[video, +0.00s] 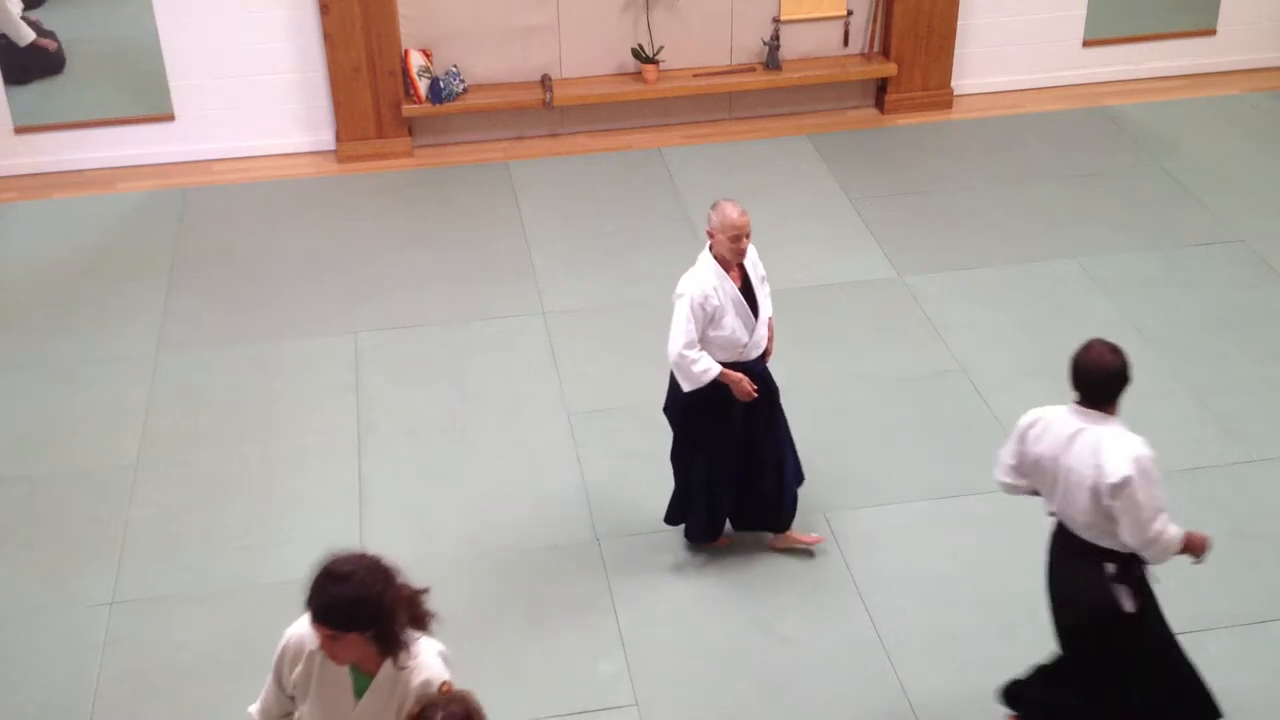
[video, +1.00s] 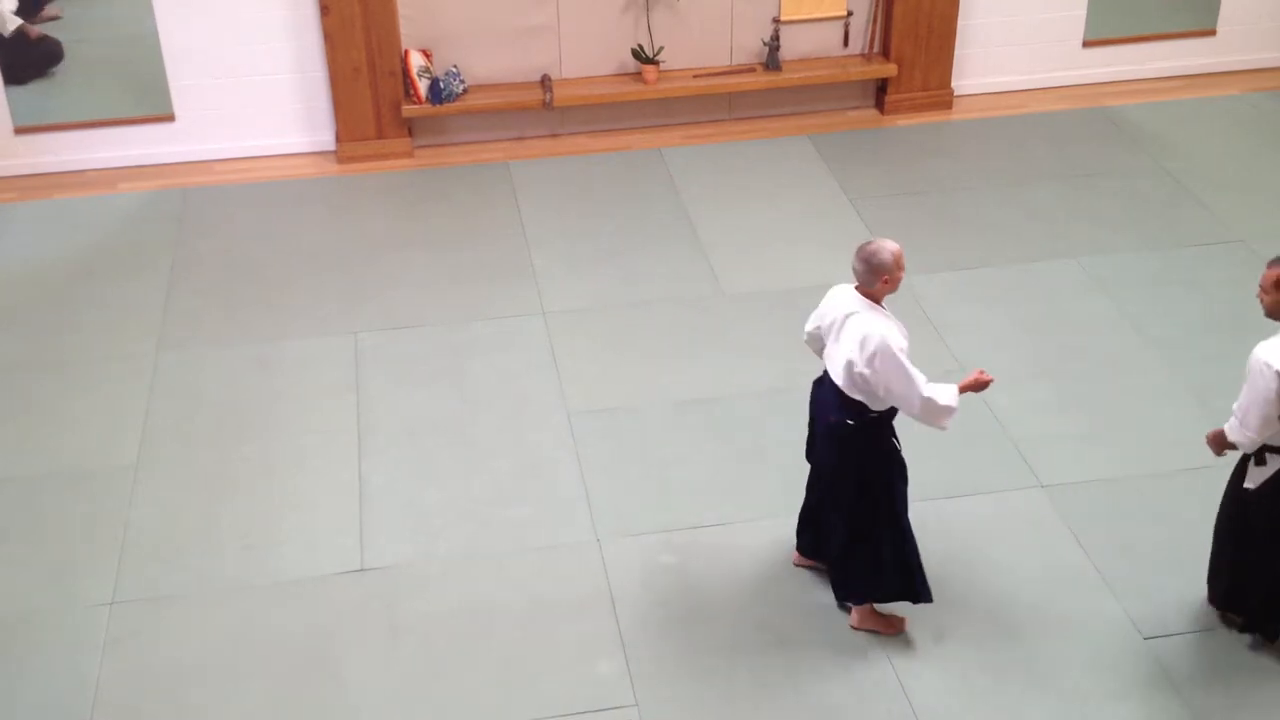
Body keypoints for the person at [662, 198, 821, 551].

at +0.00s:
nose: (744, 245)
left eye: (747, 237)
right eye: (736, 238)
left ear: (750, 232)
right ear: (712, 236)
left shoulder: (749, 255)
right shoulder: (695, 287)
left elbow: (762, 294)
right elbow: (681, 352)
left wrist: (768, 330)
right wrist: (728, 377)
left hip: (753, 371)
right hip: (709, 385)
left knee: (773, 449)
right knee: (709, 458)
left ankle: (779, 529)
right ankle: (705, 530)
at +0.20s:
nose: (781, 251)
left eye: (782, 243)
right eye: (772, 246)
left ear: (783, 240)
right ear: (746, 249)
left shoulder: (779, 273)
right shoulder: (727, 299)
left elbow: (790, 310)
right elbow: (719, 363)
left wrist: (796, 340)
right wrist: (770, 380)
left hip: (781, 393)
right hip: (738, 399)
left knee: (795, 467)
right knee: (730, 466)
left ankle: (800, 545)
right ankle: (706, 519)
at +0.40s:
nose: (822, 250)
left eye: (820, 243)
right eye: (814, 246)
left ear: (790, 255)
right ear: (786, 256)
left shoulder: (808, 276)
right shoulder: (767, 306)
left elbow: (809, 337)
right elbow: (764, 372)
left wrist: (824, 375)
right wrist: (817, 379)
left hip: (814, 396)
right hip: (779, 404)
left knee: (816, 476)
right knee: (769, 473)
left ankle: (802, 548)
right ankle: (715, 511)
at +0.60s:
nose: (853, 257)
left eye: (852, 250)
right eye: (847, 252)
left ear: (823, 258)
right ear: (823, 260)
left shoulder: (824, 282)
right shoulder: (802, 316)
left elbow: (828, 346)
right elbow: (813, 382)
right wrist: (865, 379)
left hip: (832, 400)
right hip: (803, 410)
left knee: (838, 479)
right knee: (805, 487)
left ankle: (820, 550)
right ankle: (770, 558)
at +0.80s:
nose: (878, 264)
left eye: (876, 258)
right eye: (874, 261)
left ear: (843, 266)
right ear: (855, 271)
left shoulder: (823, 285)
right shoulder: (840, 331)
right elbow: (863, 392)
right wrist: (912, 384)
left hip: (813, 402)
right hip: (838, 421)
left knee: (817, 481)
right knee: (854, 504)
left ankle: (809, 548)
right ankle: (860, 604)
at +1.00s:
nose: (904, 272)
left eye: (902, 266)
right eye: (901, 268)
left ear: (862, 272)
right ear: (887, 281)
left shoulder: (839, 294)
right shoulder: (881, 337)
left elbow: (813, 333)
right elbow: (914, 396)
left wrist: (841, 362)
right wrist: (960, 388)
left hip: (825, 403)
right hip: (858, 430)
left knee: (825, 481)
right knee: (870, 510)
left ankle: (810, 549)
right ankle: (862, 608)